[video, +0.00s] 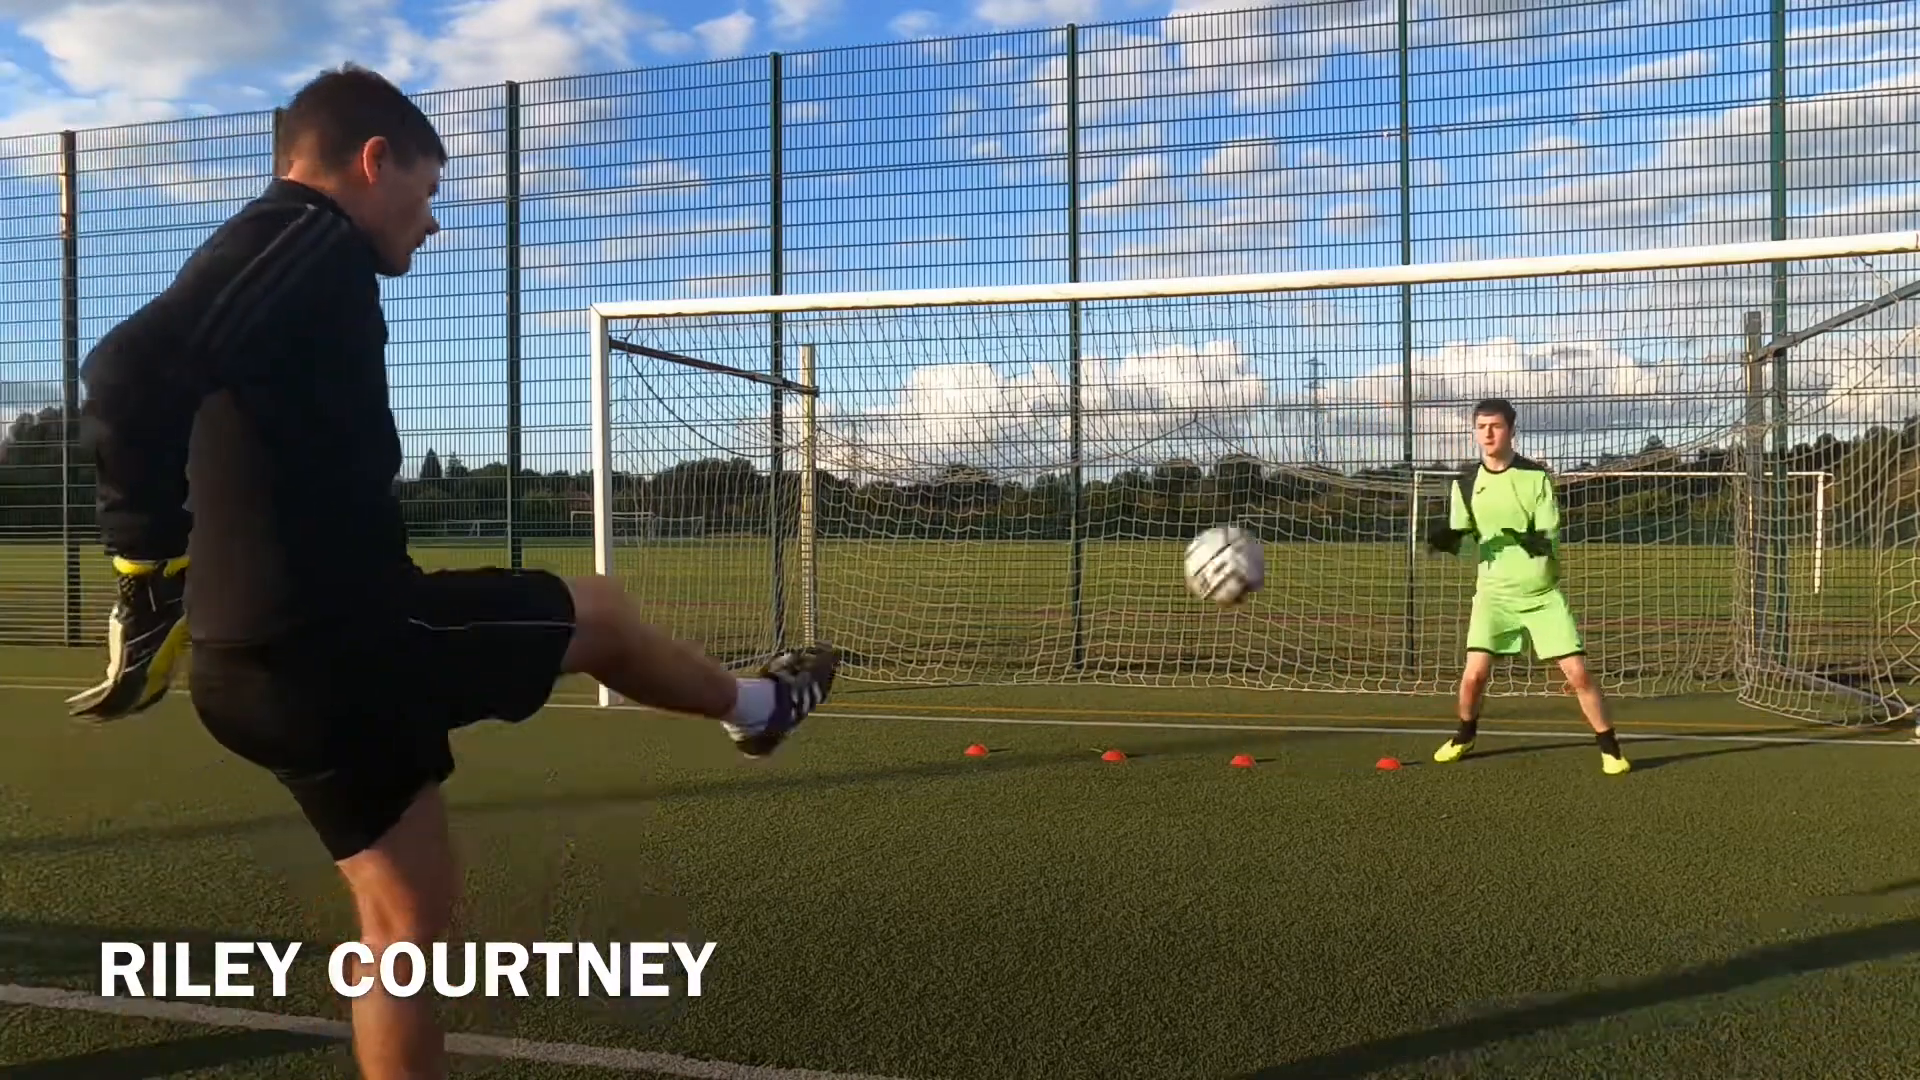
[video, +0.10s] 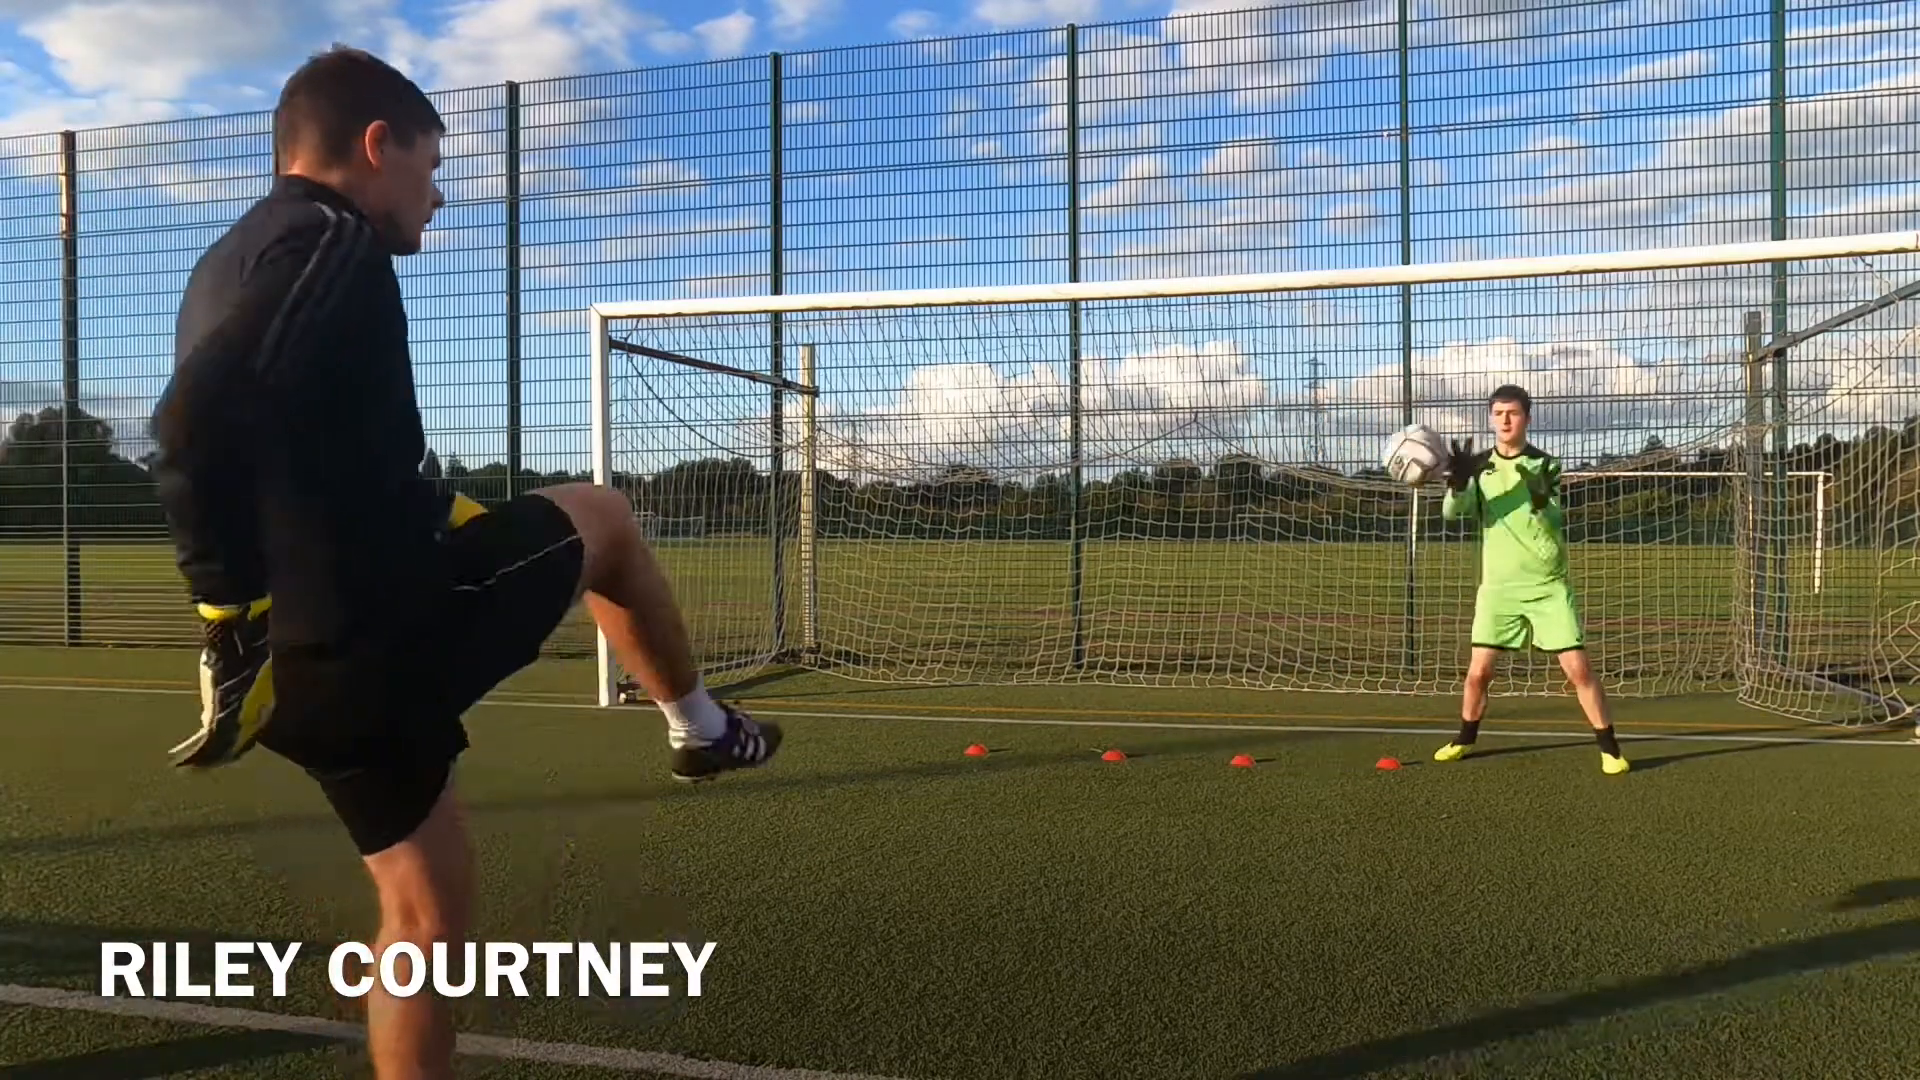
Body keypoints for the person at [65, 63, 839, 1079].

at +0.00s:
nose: (432, 219)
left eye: (434, 196)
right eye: (426, 189)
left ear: (339, 164)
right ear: (368, 162)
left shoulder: (272, 242)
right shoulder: (308, 235)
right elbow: (129, 369)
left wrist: (154, 579)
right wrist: (148, 556)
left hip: (252, 661)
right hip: (336, 643)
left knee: (406, 923)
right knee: (598, 613)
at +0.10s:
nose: (436, 197)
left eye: (437, 172)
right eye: (430, 168)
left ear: (324, 154)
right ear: (371, 146)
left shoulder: (233, 258)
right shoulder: (331, 238)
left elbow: (339, 463)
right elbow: (200, 421)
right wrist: (231, 613)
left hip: (311, 663)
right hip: (394, 632)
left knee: (422, 916)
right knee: (601, 516)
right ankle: (700, 725)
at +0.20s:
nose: (438, 153)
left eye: (438, 129)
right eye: (427, 125)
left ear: (302, 126)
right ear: (367, 116)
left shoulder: (228, 249)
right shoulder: (349, 231)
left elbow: (227, 460)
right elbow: (282, 446)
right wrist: (344, 655)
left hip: (290, 649)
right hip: (387, 631)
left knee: (410, 929)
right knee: (620, 552)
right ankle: (636, 826)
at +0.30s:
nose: (437, 133)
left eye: (437, 109)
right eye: (427, 107)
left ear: (291, 112)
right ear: (367, 103)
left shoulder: (222, 242)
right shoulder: (372, 232)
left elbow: (184, 456)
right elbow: (355, 453)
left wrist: (297, 538)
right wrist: (462, 644)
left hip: (280, 653)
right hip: (391, 635)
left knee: (386, 935)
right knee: (631, 680)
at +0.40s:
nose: (436, 131)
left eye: (437, 106)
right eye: (427, 102)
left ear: (291, 107)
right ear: (370, 95)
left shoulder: (209, 247)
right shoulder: (390, 234)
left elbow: (137, 457)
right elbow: (422, 466)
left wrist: (199, 574)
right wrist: (539, 606)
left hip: (264, 639)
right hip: (390, 628)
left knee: (379, 925)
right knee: (585, 840)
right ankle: (473, 1067)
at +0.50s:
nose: (432, 119)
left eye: (433, 94)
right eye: (425, 93)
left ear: (279, 98)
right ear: (371, 86)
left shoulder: (195, 246)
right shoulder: (401, 232)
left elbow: (84, 457)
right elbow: (474, 471)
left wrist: (72, 611)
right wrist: (603, 583)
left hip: (255, 659)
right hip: (390, 658)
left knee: (364, 950)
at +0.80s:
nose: (431, 73)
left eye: (426, 41)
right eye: (421, 38)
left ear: (259, 49)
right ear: (371, 32)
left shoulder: (133, 203)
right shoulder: (380, 186)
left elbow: (31, 422)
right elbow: (417, 461)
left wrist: (22, 630)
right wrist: (529, 560)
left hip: (144, 662)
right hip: (297, 664)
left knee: (279, 997)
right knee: (301, 1015)